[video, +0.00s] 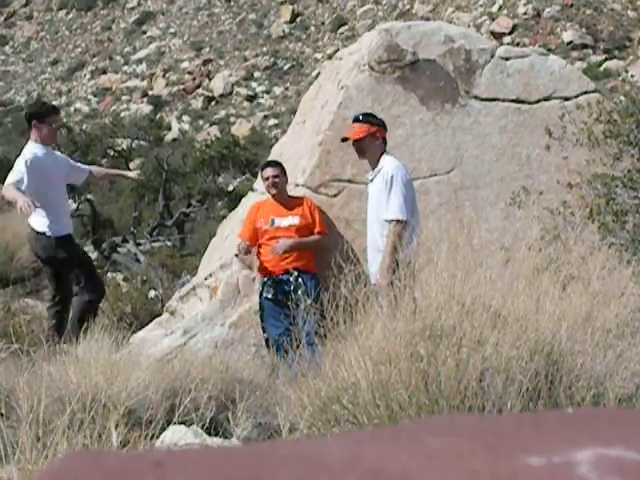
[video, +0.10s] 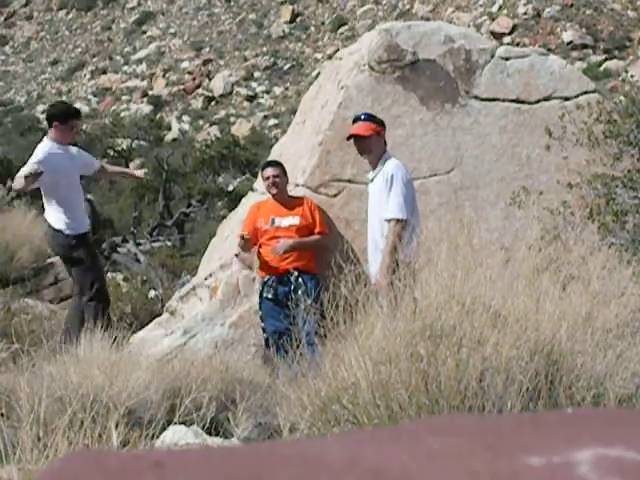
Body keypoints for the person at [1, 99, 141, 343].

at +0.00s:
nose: (58, 131)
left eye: (58, 126)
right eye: (54, 126)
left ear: (42, 127)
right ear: (36, 126)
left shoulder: (55, 157)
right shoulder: (30, 157)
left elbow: (88, 172)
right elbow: (7, 188)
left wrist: (125, 173)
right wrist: (20, 197)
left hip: (51, 237)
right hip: (52, 238)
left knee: (60, 294)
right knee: (93, 288)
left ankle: (54, 346)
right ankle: (72, 342)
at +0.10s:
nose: (77, 132)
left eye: (77, 126)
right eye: (72, 127)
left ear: (60, 127)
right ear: (56, 126)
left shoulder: (71, 152)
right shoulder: (44, 153)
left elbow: (102, 169)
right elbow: (18, 184)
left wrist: (132, 172)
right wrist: (30, 181)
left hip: (74, 231)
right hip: (68, 235)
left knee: (82, 291)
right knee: (96, 291)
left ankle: (68, 347)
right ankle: (105, 347)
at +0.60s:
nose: (164, 167)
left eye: (164, 162)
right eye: (159, 161)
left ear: (147, 164)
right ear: (143, 163)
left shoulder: (147, 195)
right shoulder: (130, 197)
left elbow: (172, 224)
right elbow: (116, 238)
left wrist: (206, 225)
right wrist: (119, 275)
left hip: (157, 269)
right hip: (145, 271)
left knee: (179, 317)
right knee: (182, 317)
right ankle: (152, 360)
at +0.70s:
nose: (165, 154)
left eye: (167, 150)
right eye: (160, 150)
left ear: (170, 155)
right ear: (148, 154)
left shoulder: (158, 186)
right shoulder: (140, 186)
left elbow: (181, 221)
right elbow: (125, 226)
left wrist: (215, 223)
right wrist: (124, 266)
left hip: (161, 260)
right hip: (152, 263)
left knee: (173, 312)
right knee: (189, 310)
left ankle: (175, 364)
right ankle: (184, 365)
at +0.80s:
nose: (168, 151)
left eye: (171, 146)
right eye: (163, 147)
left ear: (175, 151)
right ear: (152, 151)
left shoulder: (169, 185)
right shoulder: (148, 183)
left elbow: (188, 221)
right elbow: (133, 218)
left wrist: (218, 224)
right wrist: (137, 250)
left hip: (170, 258)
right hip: (157, 259)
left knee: (175, 316)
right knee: (188, 313)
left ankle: (176, 367)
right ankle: (194, 368)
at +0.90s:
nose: (172, 150)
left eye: (175, 146)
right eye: (167, 147)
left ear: (180, 150)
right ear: (157, 153)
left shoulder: (174, 183)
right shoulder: (155, 183)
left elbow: (191, 223)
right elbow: (143, 220)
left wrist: (219, 228)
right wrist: (154, 239)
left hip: (176, 256)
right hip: (163, 257)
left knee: (178, 315)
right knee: (191, 312)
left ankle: (177, 365)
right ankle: (193, 366)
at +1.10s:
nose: (183, 153)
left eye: (186, 149)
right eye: (178, 149)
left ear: (191, 153)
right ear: (169, 154)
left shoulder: (186, 184)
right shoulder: (163, 186)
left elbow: (197, 223)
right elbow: (155, 224)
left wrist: (221, 240)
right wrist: (184, 243)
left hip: (180, 258)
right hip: (165, 260)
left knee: (198, 308)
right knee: (189, 311)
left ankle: (195, 362)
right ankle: (188, 365)